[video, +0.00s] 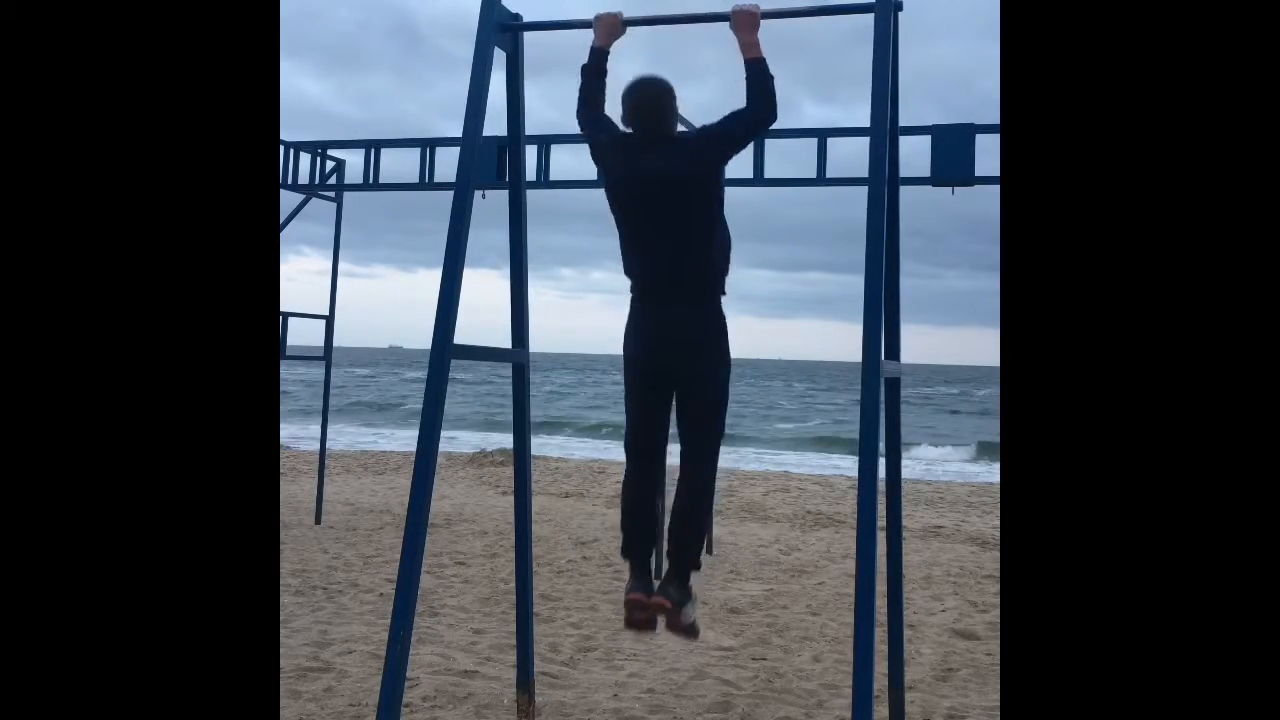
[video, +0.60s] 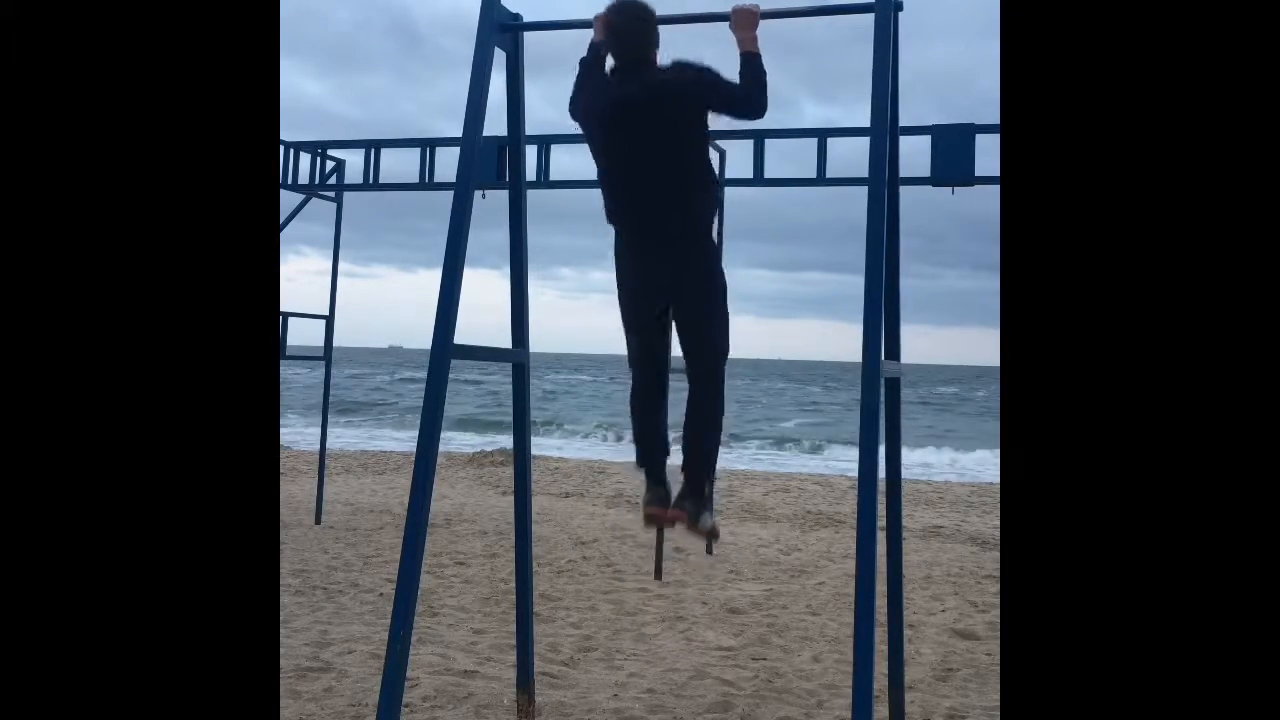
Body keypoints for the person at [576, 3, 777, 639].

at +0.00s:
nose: (677, 114)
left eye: (663, 108)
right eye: (677, 108)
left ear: (627, 119)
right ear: (676, 114)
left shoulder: (614, 157)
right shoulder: (704, 149)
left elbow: (589, 109)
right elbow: (762, 109)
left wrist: (599, 46)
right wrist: (751, 45)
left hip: (645, 324)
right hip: (702, 324)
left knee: (643, 454)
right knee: (699, 460)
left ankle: (639, 578)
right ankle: (678, 587)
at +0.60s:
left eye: (610, 37)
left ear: (609, 47)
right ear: (656, 42)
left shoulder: (596, 102)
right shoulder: (687, 82)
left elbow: (581, 94)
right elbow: (752, 104)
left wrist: (597, 42)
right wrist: (748, 42)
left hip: (635, 259)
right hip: (694, 255)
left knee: (647, 372)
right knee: (706, 376)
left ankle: (655, 489)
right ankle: (694, 496)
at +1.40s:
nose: (686, 128)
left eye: (675, 125)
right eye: (682, 124)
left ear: (634, 141)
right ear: (681, 135)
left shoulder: (624, 169)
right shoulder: (709, 165)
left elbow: (592, 112)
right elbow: (760, 113)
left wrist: (601, 46)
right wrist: (750, 45)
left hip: (648, 341)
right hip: (703, 342)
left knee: (640, 477)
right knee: (696, 482)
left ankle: (632, 610)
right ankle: (669, 611)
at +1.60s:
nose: (681, 118)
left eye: (674, 113)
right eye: (677, 113)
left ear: (625, 127)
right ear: (673, 121)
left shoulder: (615, 162)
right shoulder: (704, 154)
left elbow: (592, 110)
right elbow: (756, 110)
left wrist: (600, 44)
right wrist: (749, 45)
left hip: (643, 328)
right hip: (699, 330)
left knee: (638, 460)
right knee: (696, 465)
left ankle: (633, 589)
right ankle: (672, 595)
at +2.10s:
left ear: (620, 1)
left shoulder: (597, 36)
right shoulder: (694, 29)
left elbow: (564, 100)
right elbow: (759, 86)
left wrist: (595, 35)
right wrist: (751, 36)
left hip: (631, 203)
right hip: (690, 199)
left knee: (651, 320)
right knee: (709, 315)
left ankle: (671, 438)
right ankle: (710, 440)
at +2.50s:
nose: (652, 99)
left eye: (631, 93)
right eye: (660, 91)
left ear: (624, 104)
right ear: (673, 99)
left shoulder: (611, 145)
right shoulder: (704, 138)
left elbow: (587, 107)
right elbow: (765, 107)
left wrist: (600, 44)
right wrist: (751, 43)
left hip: (644, 313)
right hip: (701, 313)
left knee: (645, 436)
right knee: (703, 439)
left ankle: (647, 560)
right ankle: (684, 567)